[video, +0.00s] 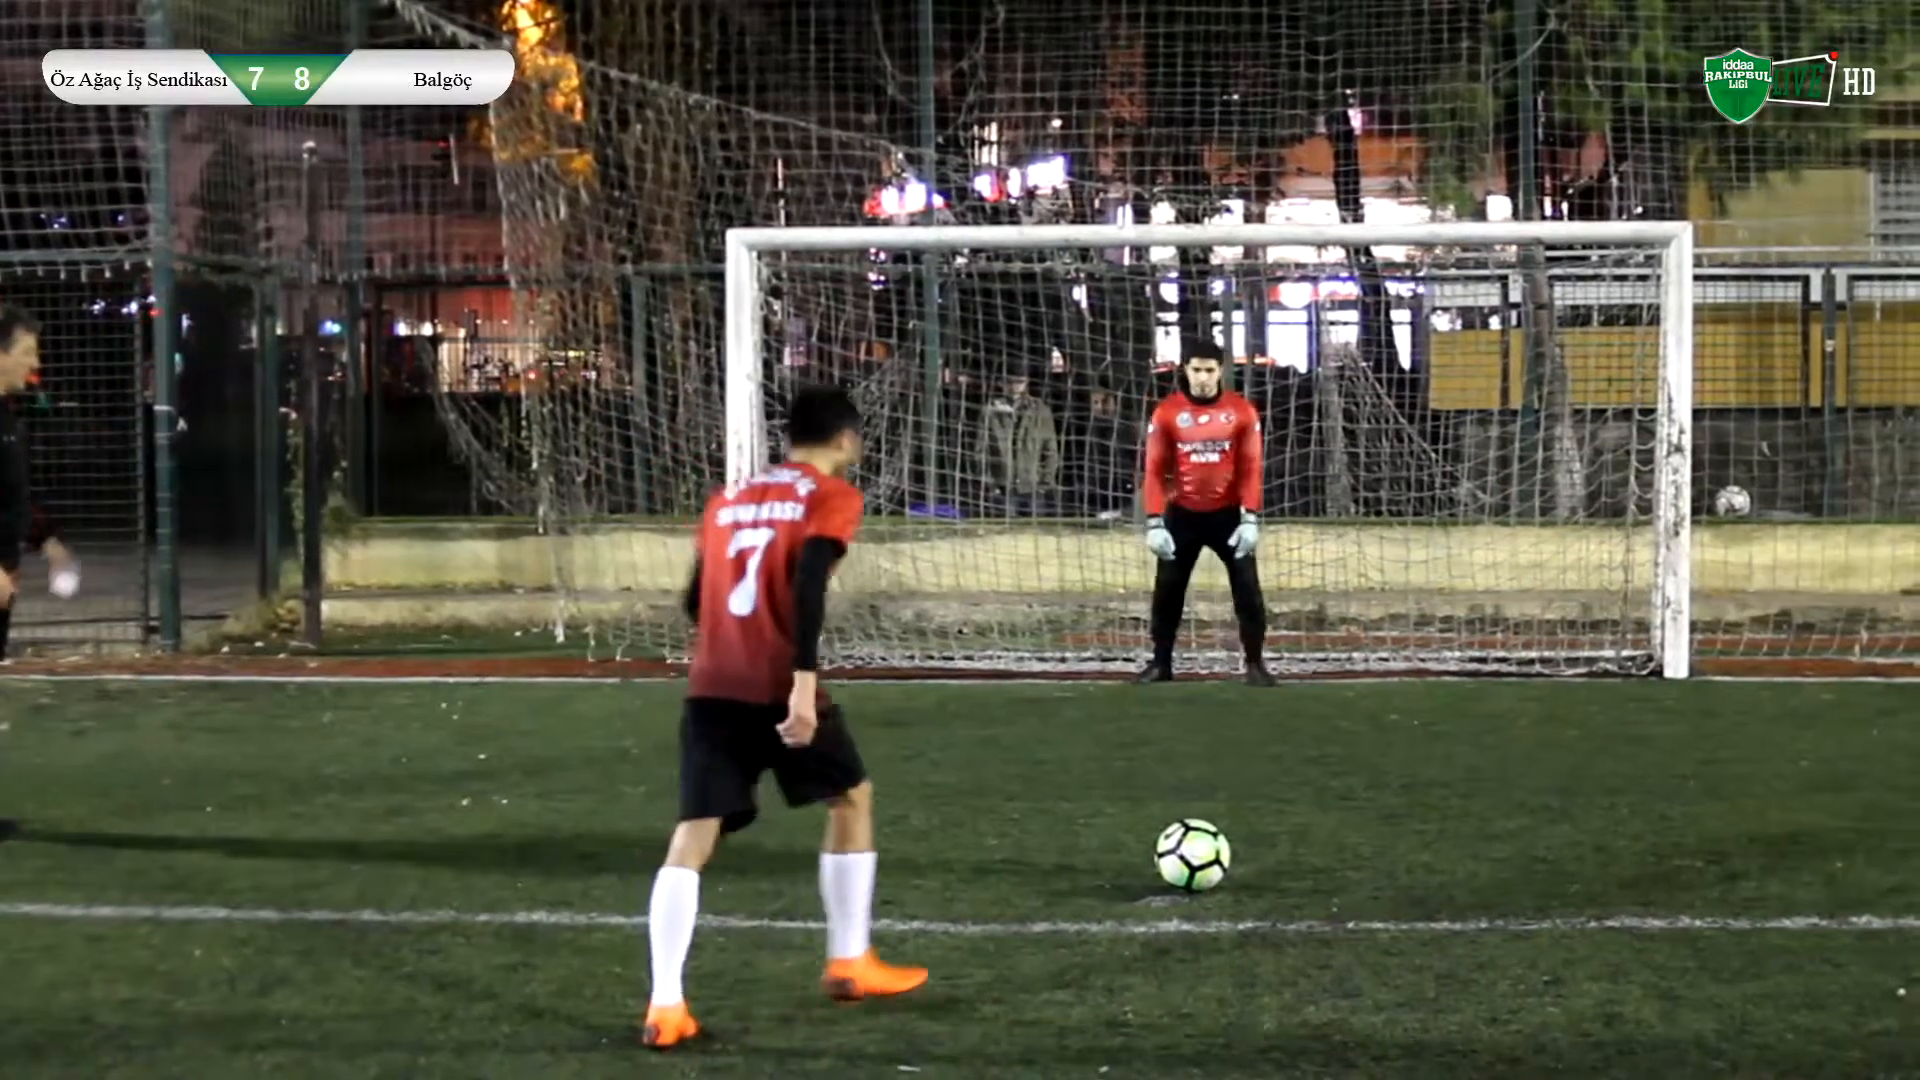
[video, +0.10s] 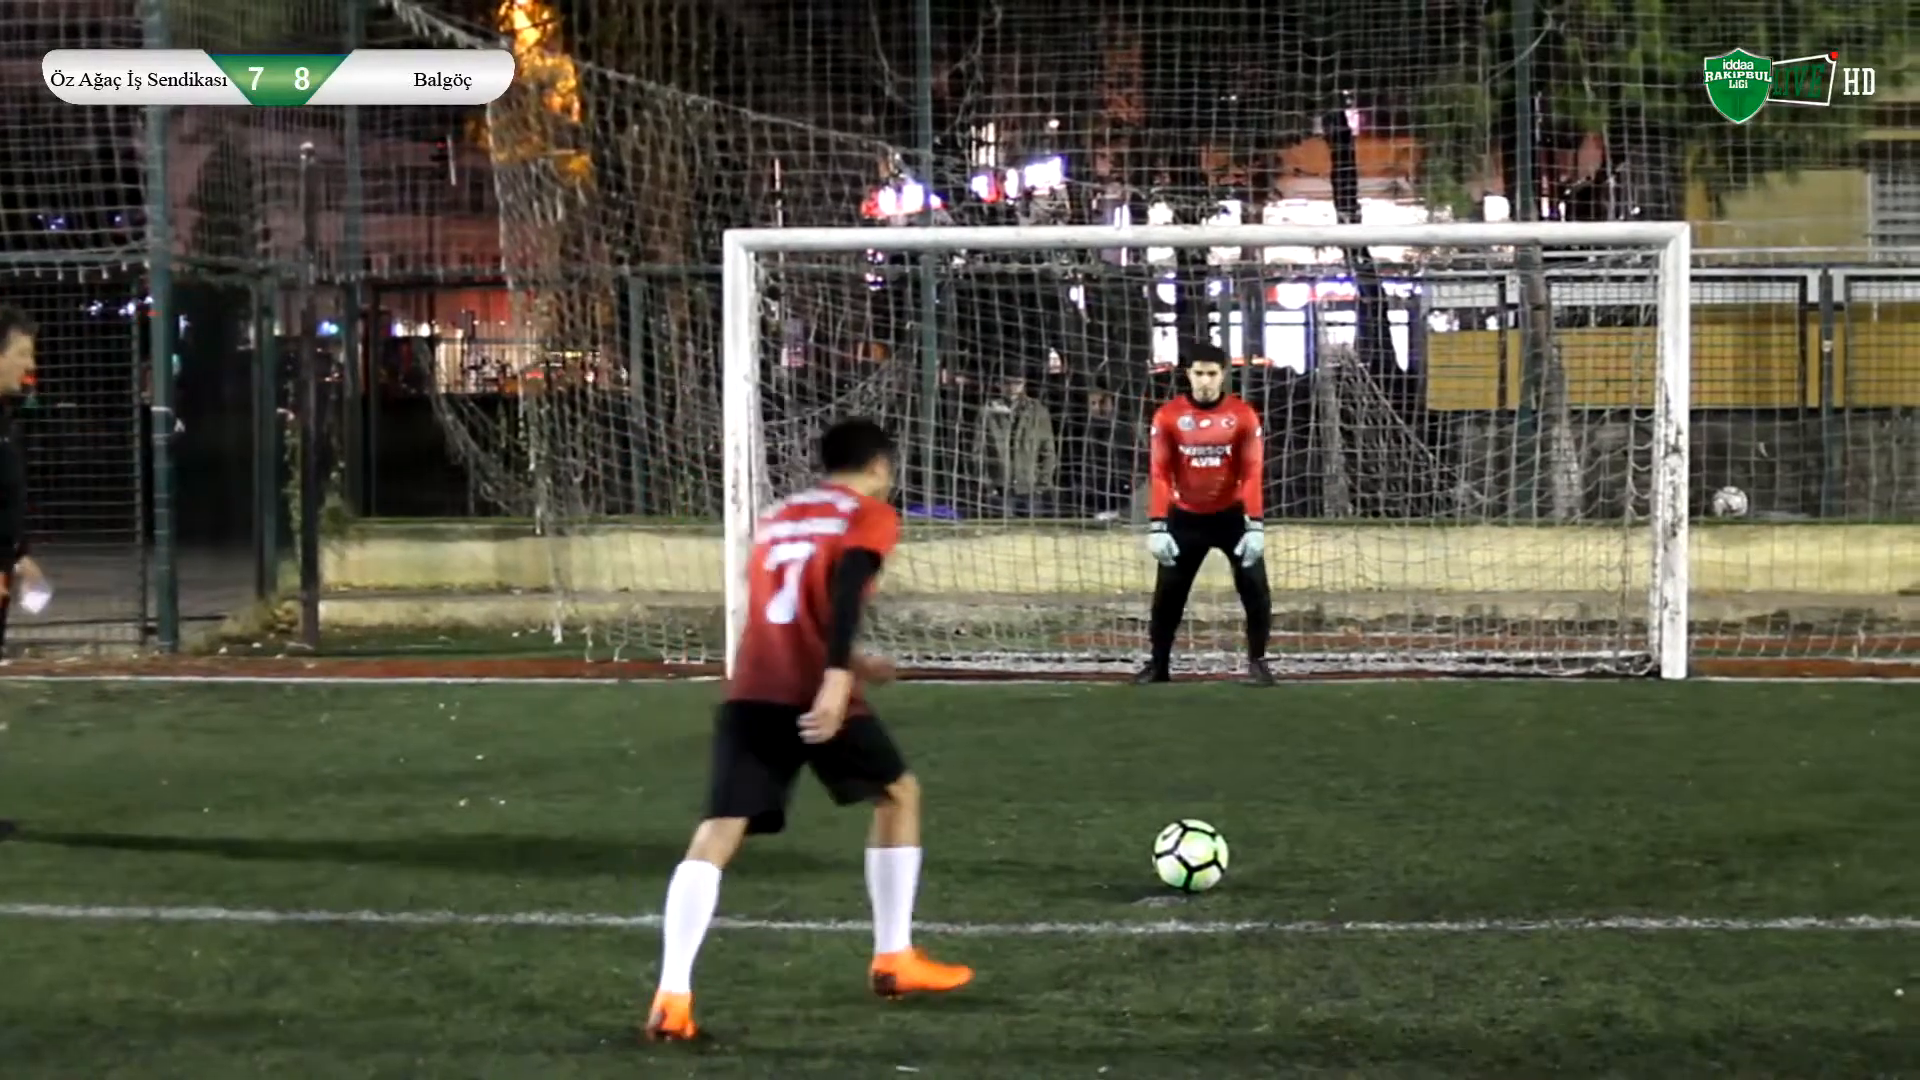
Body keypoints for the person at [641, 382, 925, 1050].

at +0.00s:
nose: (855, 457)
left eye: (854, 446)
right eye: (854, 446)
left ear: (792, 440)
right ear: (841, 443)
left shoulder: (729, 496)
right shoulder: (837, 496)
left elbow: (695, 597)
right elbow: (810, 575)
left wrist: (734, 648)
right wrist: (805, 678)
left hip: (710, 688)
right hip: (782, 688)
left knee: (693, 834)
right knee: (850, 793)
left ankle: (664, 1002)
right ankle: (850, 957)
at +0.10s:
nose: (890, 478)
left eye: (888, 469)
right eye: (890, 468)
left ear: (829, 465)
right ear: (878, 466)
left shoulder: (776, 516)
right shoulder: (874, 512)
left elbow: (775, 613)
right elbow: (849, 575)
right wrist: (837, 671)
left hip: (749, 690)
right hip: (816, 689)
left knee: (718, 832)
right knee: (898, 792)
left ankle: (672, 991)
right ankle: (894, 953)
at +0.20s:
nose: (919, 491)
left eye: (917, 481)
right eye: (917, 481)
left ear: (857, 476)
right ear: (906, 479)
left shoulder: (815, 520)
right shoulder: (906, 521)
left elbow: (815, 612)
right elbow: (888, 587)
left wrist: (893, 647)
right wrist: (886, 671)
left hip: (787, 697)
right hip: (855, 697)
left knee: (757, 831)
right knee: (928, 808)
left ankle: (694, 970)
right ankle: (896, 964)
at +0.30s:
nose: (959, 483)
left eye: (956, 474)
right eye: (956, 474)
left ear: (895, 477)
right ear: (946, 475)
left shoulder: (860, 519)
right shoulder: (956, 526)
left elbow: (815, 546)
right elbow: (983, 610)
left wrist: (868, 572)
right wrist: (1020, 689)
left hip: (848, 697)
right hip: (915, 697)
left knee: (876, 840)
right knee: (961, 828)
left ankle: (801, 906)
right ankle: (903, 962)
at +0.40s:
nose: (971, 462)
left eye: (965, 453)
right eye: (968, 453)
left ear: (910, 458)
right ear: (961, 456)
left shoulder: (874, 499)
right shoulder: (984, 510)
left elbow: (803, 492)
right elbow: (1032, 591)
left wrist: (844, 544)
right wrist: (1089, 647)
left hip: (881, 676)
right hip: (944, 678)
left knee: (948, 799)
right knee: (969, 818)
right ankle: (913, 945)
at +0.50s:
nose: (985, 429)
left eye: (981, 421)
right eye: (981, 421)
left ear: (926, 433)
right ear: (974, 426)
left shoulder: (899, 487)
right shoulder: (1009, 484)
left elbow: (806, 506)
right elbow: (1075, 555)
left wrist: (818, 565)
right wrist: (1138, 581)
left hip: (948, 664)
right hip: (1006, 657)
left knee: (1021, 764)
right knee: (1015, 784)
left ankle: (1060, 863)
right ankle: (958, 849)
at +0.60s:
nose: (991, 437)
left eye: (985, 430)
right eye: (988, 430)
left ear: (936, 444)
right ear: (983, 435)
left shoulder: (915, 504)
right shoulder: (1012, 496)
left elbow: (847, 571)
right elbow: (1083, 565)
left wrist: (844, 640)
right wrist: (1163, 584)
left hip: (975, 670)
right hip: (1032, 661)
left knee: (1050, 763)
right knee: (1108, 769)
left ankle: (1087, 858)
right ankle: (1047, 822)